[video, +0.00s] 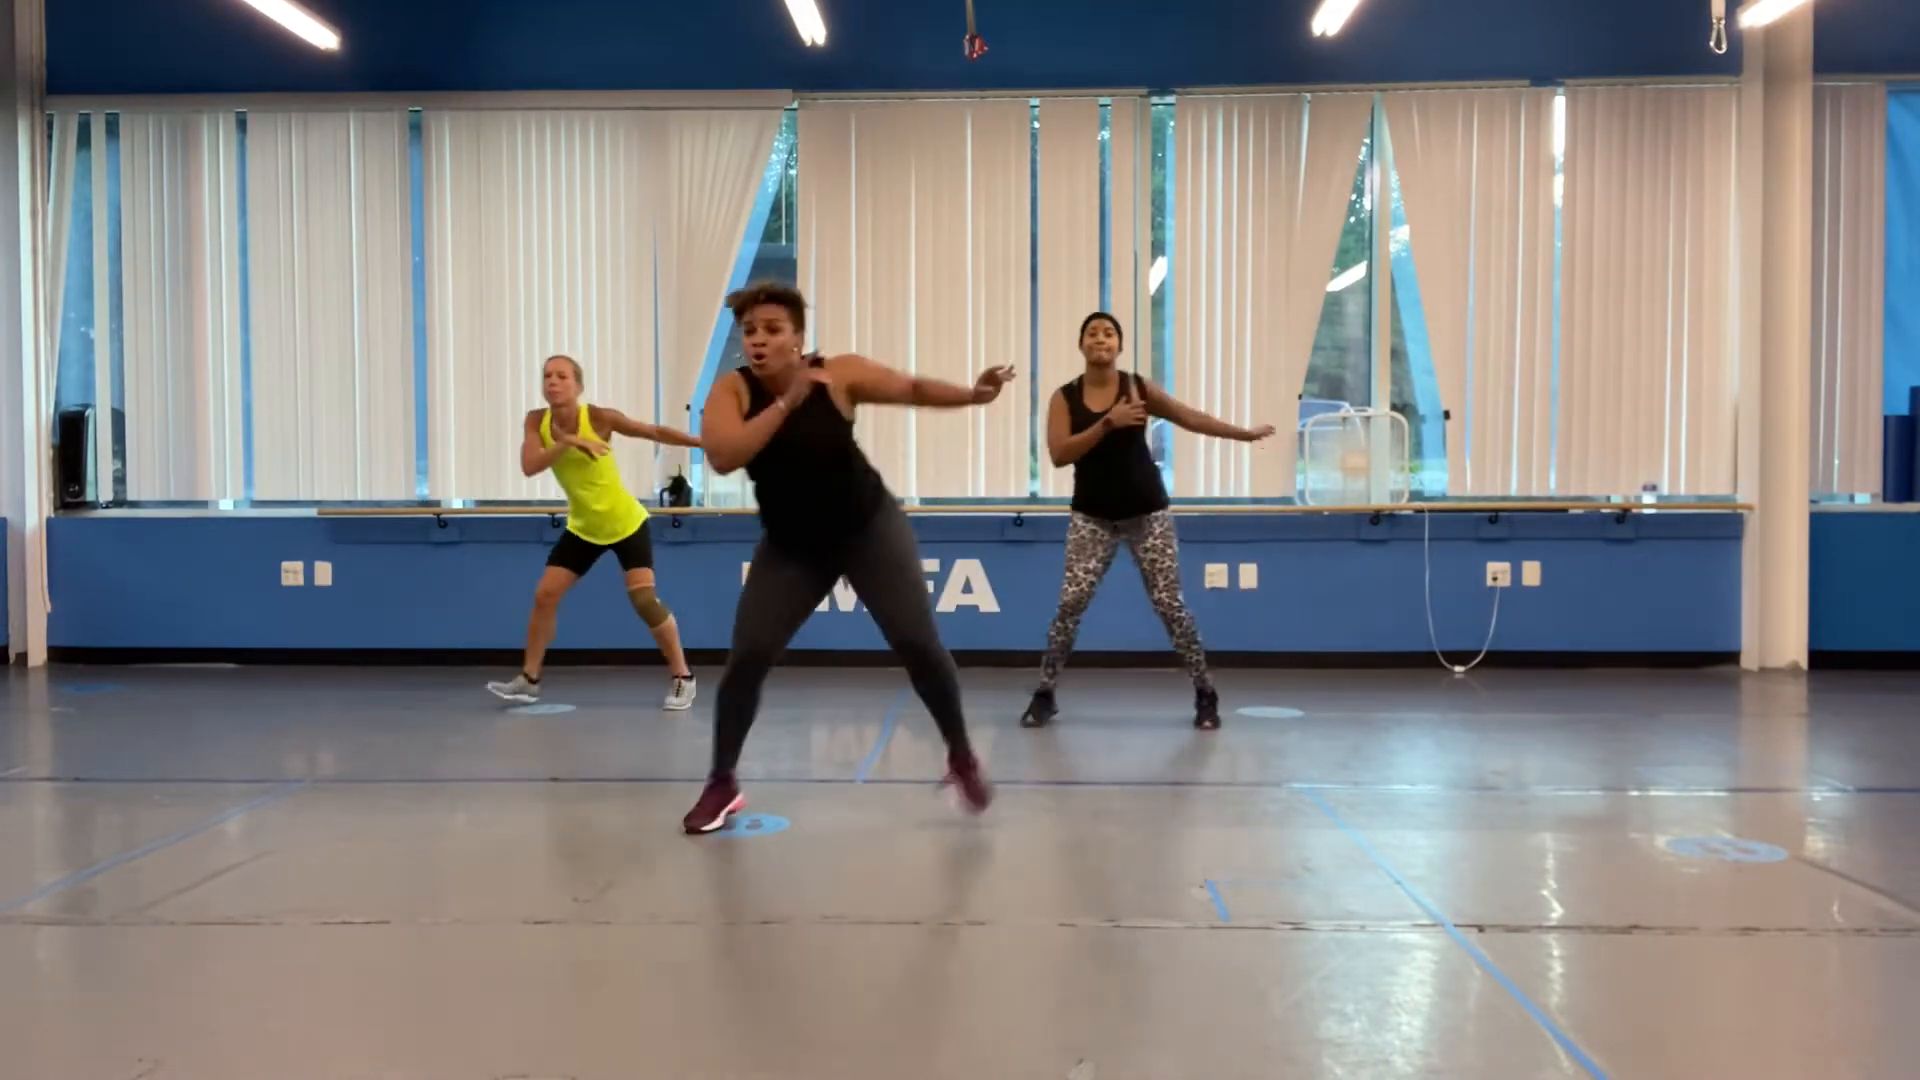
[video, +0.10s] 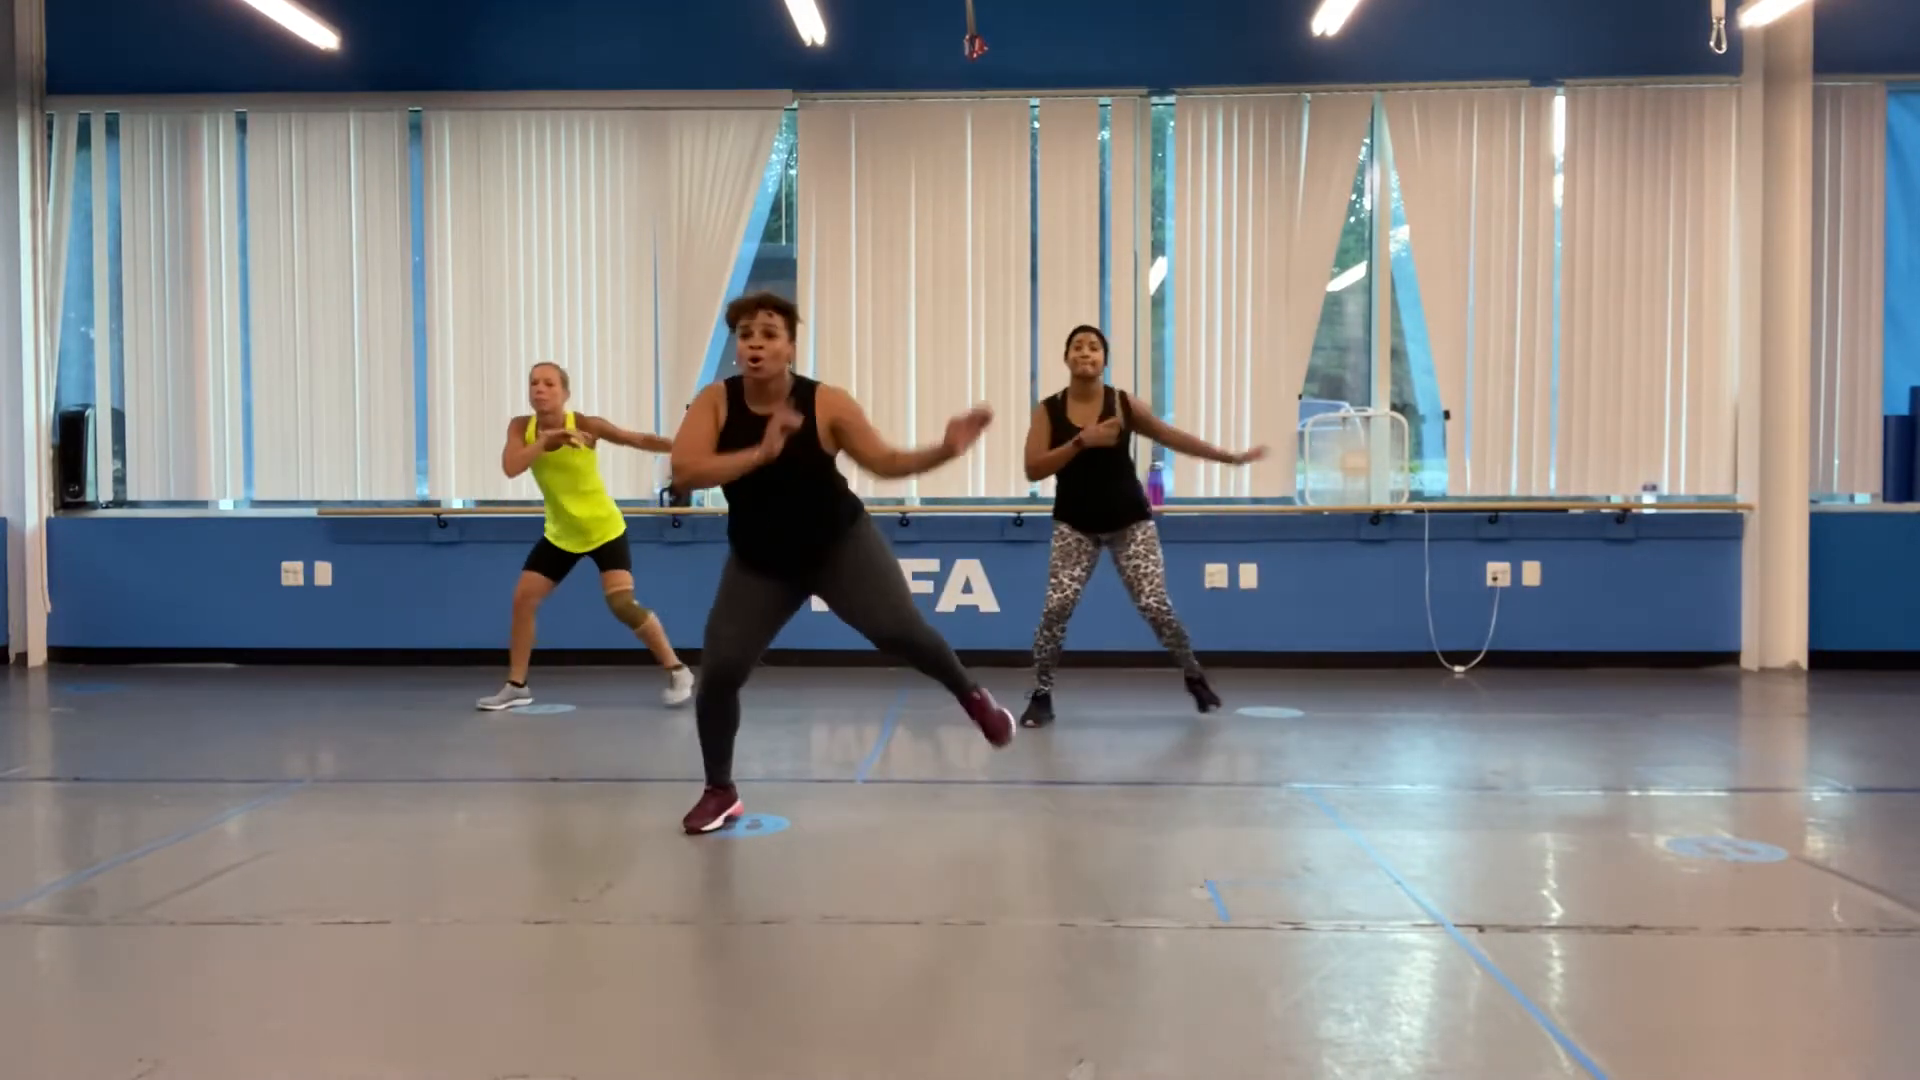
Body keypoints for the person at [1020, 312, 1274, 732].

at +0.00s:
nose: (1100, 341)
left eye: (1108, 335)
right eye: (1093, 335)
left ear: (1119, 346)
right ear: (1080, 346)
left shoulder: (1138, 390)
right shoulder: (1064, 398)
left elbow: (1192, 419)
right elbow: (1059, 455)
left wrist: (1245, 434)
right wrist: (1108, 422)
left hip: (1148, 515)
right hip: (1092, 518)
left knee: (1168, 604)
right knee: (1071, 602)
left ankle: (1205, 693)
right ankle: (1044, 694)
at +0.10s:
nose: (1086, 353)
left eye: (1094, 348)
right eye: (1078, 348)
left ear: (1105, 360)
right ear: (1066, 360)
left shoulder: (1123, 405)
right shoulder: (1048, 410)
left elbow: (1172, 437)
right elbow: (1033, 469)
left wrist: (1229, 457)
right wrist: (1080, 442)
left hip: (1130, 522)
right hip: (1074, 526)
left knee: (1153, 604)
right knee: (1057, 606)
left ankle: (1196, 679)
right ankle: (1040, 696)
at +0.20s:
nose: (1078, 360)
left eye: (1086, 354)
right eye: (1070, 355)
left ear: (1098, 365)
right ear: (1059, 366)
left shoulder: (1117, 414)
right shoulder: (1041, 420)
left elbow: (1155, 465)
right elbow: (1015, 480)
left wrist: (1197, 508)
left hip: (1123, 530)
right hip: (1067, 533)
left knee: (1146, 612)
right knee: (1049, 611)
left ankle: (1170, 684)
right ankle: (1040, 697)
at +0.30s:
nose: (1081, 357)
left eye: (1089, 350)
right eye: (1073, 352)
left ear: (1101, 360)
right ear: (1062, 364)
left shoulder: (1123, 411)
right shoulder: (1046, 418)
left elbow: (1142, 473)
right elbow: (1014, 470)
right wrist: (1000, 515)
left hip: (1122, 522)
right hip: (1068, 525)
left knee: (1146, 608)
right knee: (1055, 608)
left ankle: (1164, 690)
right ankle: (1040, 696)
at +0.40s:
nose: (1091, 349)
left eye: (1098, 342)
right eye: (1082, 345)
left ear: (1112, 351)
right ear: (1073, 357)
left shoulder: (1135, 399)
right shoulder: (1060, 408)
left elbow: (1143, 467)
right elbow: (1023, 453)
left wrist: (1088, 485)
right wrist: (978, 481)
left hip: (1132, 518)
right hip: (1077, 519)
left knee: (1160, 598)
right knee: (1065, 605)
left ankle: (1179, 684)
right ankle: (1039, 693)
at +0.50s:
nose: (1107, 345)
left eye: (1113, 338)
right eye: (1098, 342)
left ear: (1127, 346)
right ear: (1089, 354)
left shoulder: (1155, 395)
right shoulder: (1077, 404)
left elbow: (1166, 458)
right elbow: (1043, 452)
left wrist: (1106, 465)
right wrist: (985, 454)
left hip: (1149, 512)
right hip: (1094, 513)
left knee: (1169, 601)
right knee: (1076, 599)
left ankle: (1197, 697)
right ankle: (1037, 692)